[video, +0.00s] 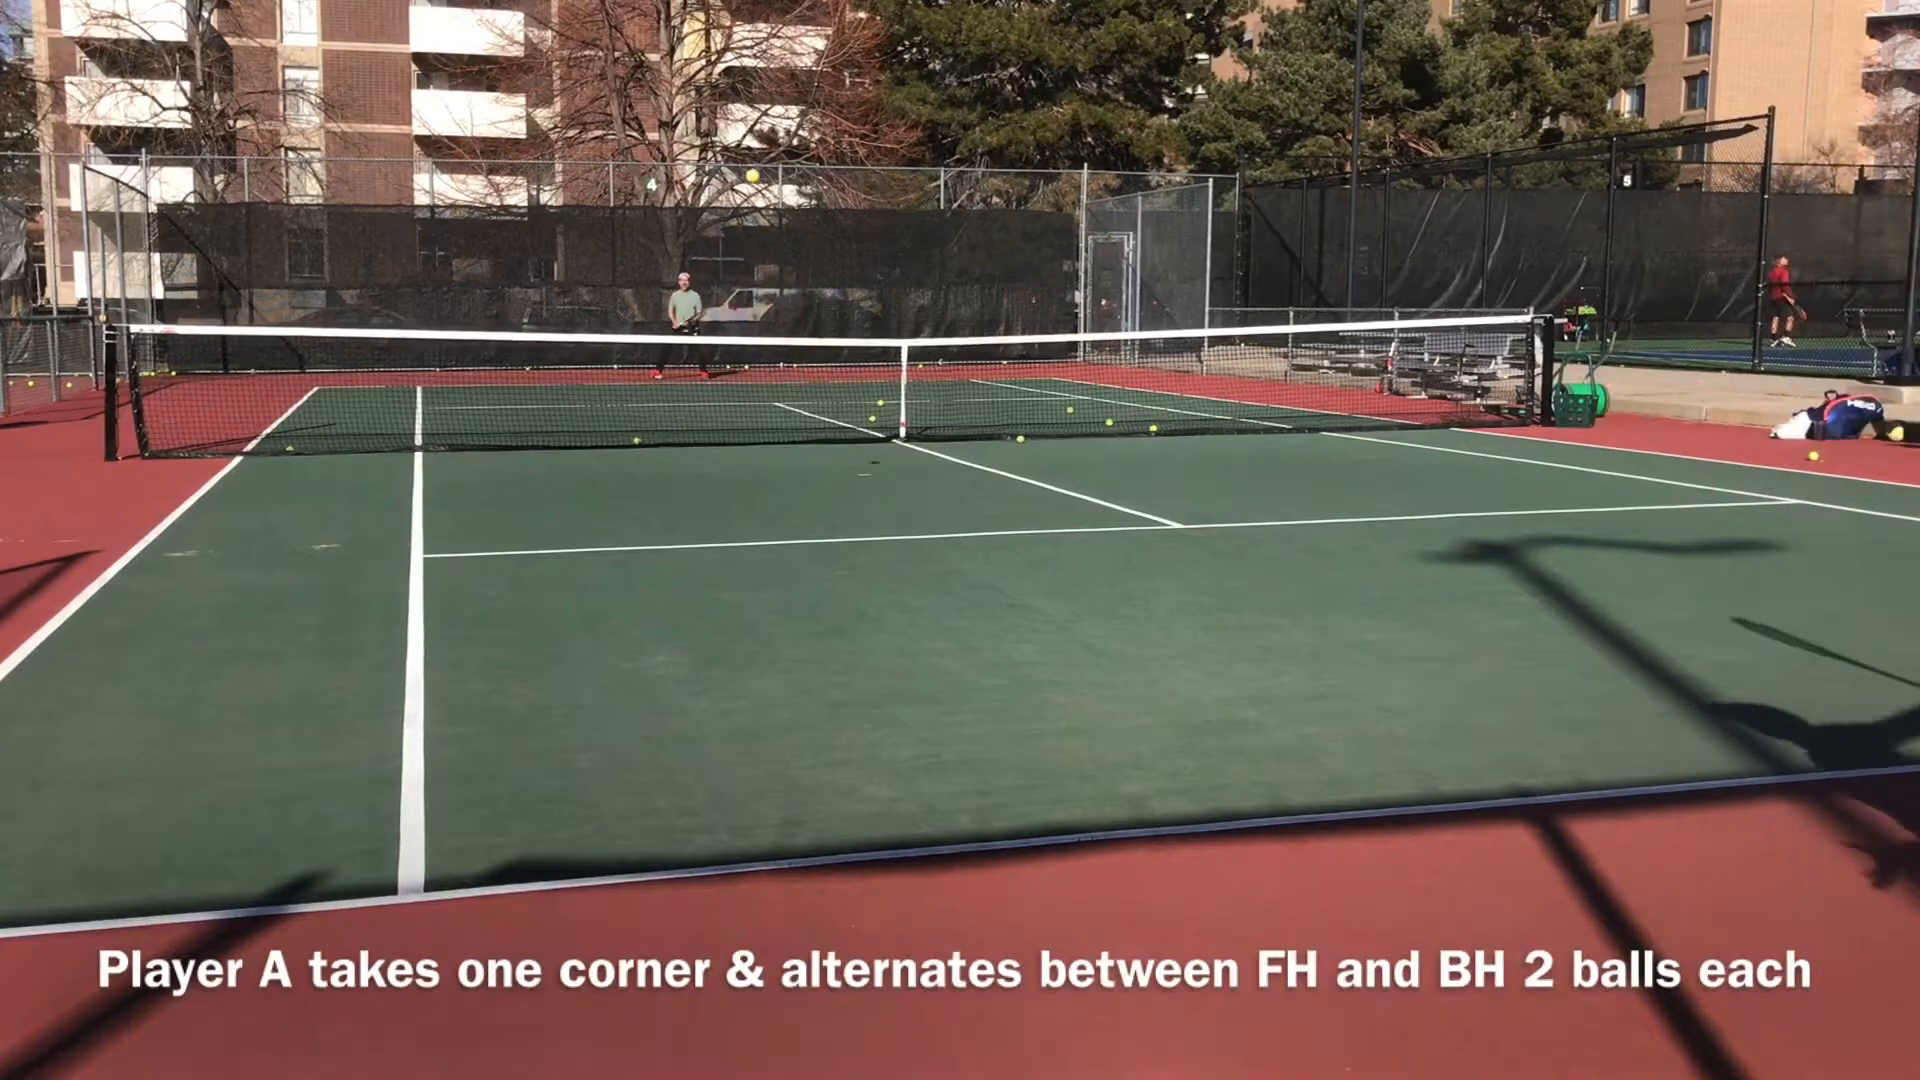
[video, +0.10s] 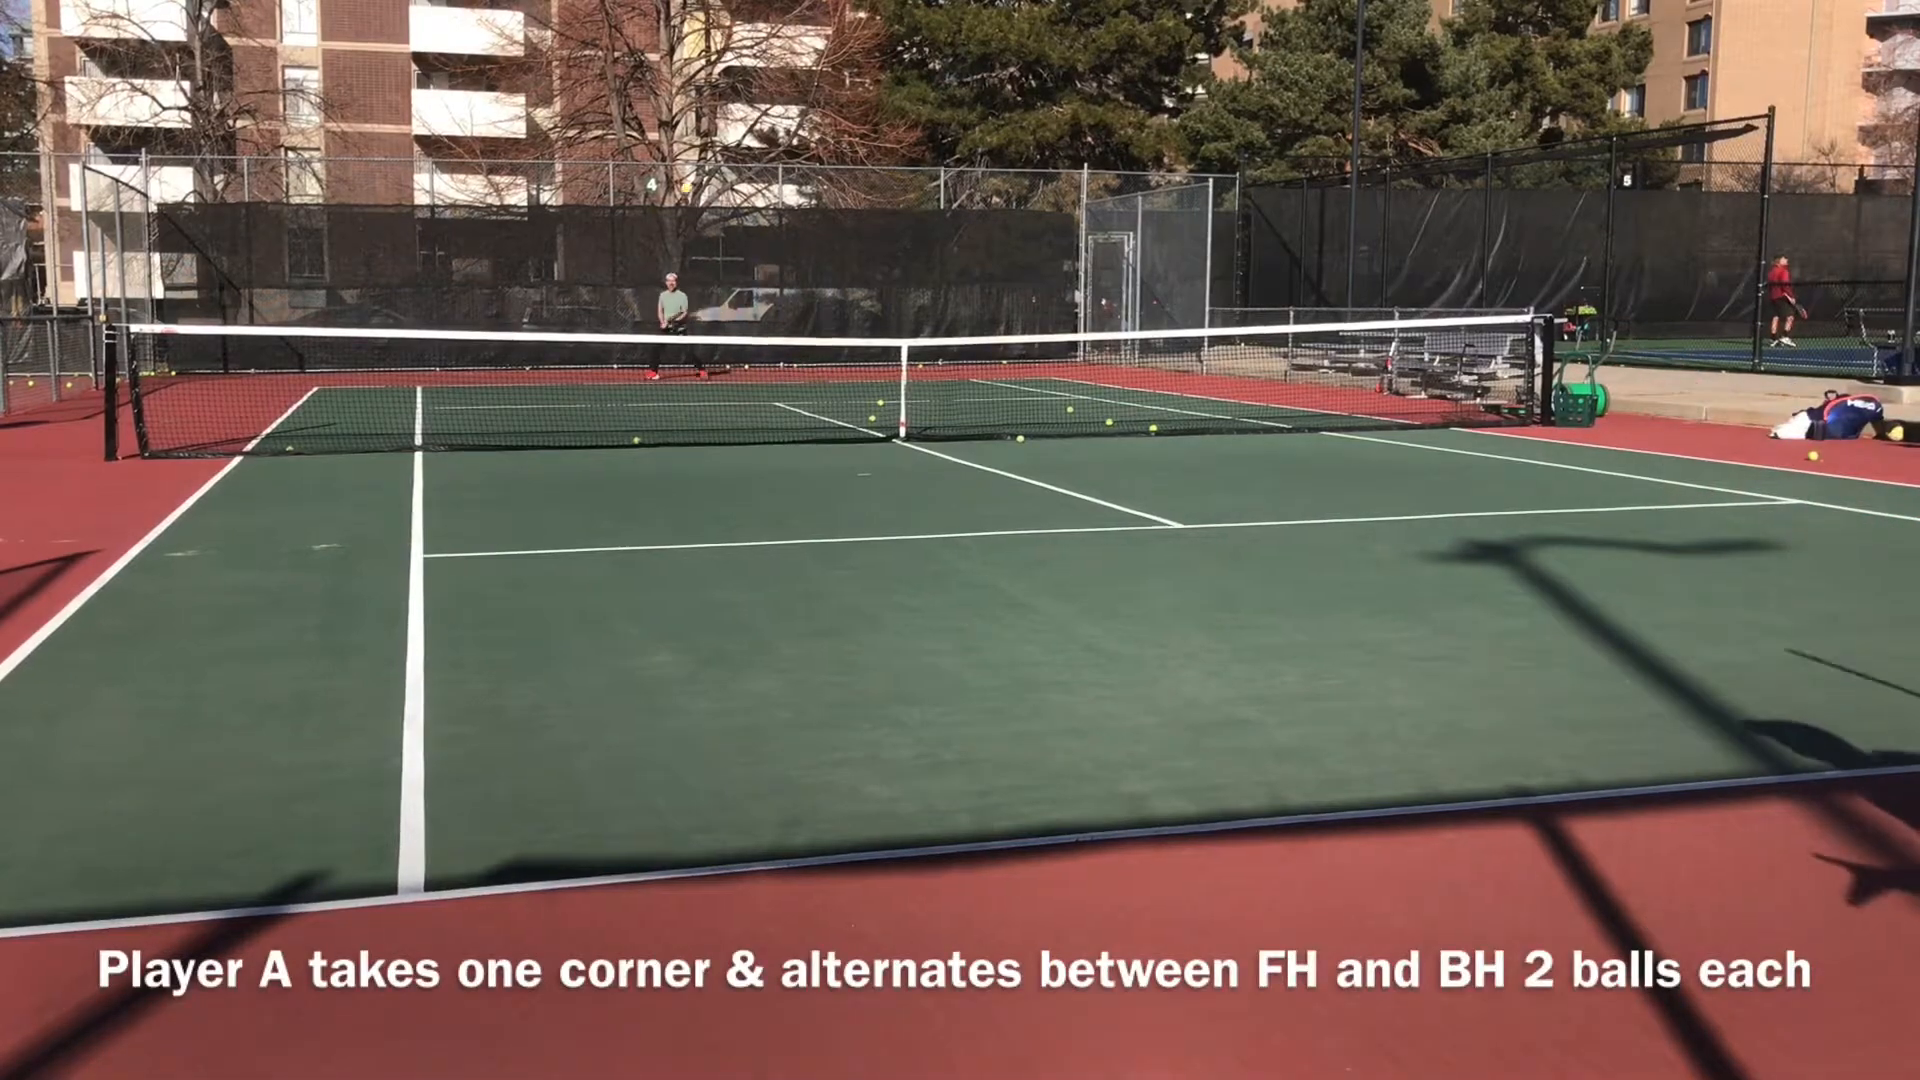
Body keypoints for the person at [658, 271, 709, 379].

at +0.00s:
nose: (684, 283)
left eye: (686, 280)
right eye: (682, 280)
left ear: (689, 282)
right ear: (679, 282)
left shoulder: (695, 295)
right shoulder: (675, 295)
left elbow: (699, 311)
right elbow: (670, 310)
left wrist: (692, 320)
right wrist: (674, 321)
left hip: (692, 325)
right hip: (679, 325)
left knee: (697, 347)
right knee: (667, 346)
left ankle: (703, 370)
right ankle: (659, 369)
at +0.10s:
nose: (671, 283)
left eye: (673, 281)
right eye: (669, 281)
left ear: (676, 282)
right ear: (666, 282)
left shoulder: (682, 296)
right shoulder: (662, 295)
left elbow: (685, 312)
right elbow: (660, 310)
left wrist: (673, 321)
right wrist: (662, 322)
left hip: (679, 326)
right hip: (666, 326)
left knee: (688, 348)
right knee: (657, 347)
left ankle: (701, 369)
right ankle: (653, 370)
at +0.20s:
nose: (659, 282)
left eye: (661, 280)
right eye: (656, 280)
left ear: (664, 281)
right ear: (653, 282)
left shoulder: (669, 294)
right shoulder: (651, 294)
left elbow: (670, 311)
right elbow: (649, 310)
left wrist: (660, 322)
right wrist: (652, 320)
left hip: (667, 326)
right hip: (653, 326)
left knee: (672, 348)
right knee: (650, 349)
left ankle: (681, 368)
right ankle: (653, 370)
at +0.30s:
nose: (647, 282)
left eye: (649, 280)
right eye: (645, 280)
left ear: (653, 281)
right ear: (642, 282)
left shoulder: (657, 294)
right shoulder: (641, 294)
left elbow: (654, 312)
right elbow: (640, 307)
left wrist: (645, 316)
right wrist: (638, 315)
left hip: (658, 326)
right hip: (646, 326)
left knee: (657, 349)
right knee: (643, 348)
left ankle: (667, 370)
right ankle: (646, 369)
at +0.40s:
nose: (635, 284)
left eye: (637, 282)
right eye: (633, 282)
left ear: (641, 283)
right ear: (630, 284)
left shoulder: (645, 295)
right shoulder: (632, 296)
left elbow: (638, 312)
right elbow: (630, 311)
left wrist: (623, 313)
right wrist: (621, 314)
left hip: (648, 328)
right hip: (638, 328)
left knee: (644, 351)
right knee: (636, 351)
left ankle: (662, 366)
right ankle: (639, 371)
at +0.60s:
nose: (612, 285)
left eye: (614, 283)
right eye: (610, 283)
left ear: (619, 283)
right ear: (609, 284)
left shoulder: (623, 294)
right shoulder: (611, 296)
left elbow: (610, 307)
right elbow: (604, 310)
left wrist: (592, 305)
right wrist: (591, 308)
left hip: (628, 327)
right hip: (620, 328)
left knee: (616, 349)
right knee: (624, 352)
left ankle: (616, 372)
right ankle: (638, 370)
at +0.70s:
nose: (602, 286)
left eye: (604, 284)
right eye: (600, 284)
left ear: (609, 284)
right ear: (598, 285)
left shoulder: (612, 295)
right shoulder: (602, 297)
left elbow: (597, 306)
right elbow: (594, 310)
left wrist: (579, 305)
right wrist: (577, 308)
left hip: (616, 329)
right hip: (609, 329)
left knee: (609, 351)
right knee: (606, 351)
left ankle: (628, 365)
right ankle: (607, 373)